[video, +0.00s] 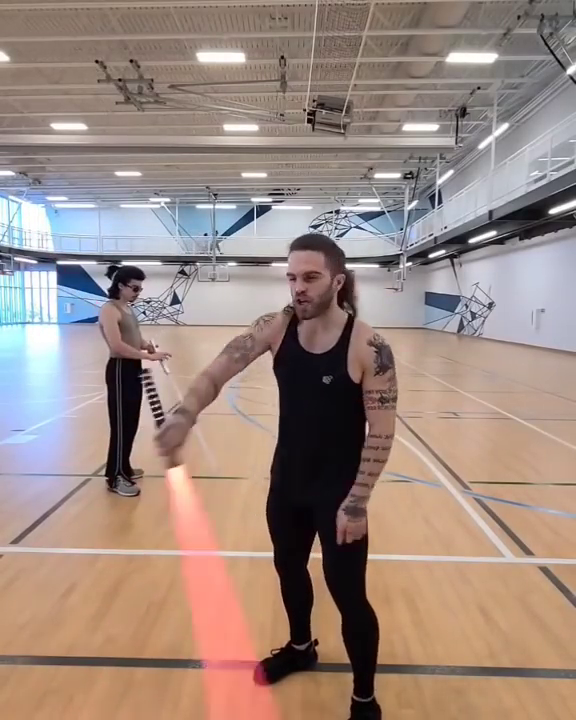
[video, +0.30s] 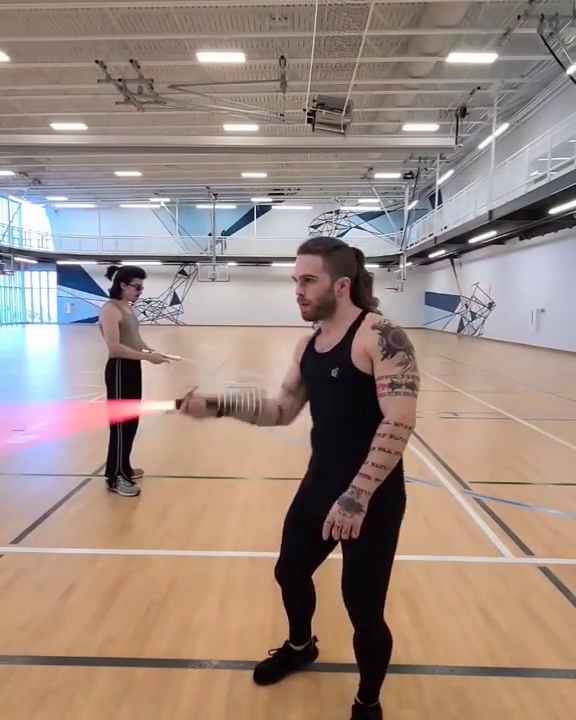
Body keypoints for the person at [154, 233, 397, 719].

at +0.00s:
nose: (298, 287)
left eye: (310, 278)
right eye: (292, 277)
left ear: (338, 280)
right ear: (287, 279)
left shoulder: (369, 347)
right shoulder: (277, 328)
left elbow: (381, 432)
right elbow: (217, 372)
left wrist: (357, 501)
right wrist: (184, 415)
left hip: (342, 487)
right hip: (289, 478)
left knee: (348, 595)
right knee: (290, 568)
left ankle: (363, 696)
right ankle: (301, 645)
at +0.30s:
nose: (298, 290)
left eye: (308, 281)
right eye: (296, 281)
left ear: (342, 285)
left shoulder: (383, 338)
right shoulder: (313, 344)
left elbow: (400, 423)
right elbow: (282, 409)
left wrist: (358, 494)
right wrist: (217, 405)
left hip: (374, 488)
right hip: (324, 480)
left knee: (363, 603)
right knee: (291, 570)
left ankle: (368, 702)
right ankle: (300, 644)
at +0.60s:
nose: (330, 273)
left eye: (344, 264)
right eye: (328, 264)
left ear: (377, 277)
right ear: (325, 269)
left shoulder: (410, 346)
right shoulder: (318, 335)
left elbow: (432, 438)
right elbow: (267, 373)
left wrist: (377, 504)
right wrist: (205, 381)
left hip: (380, 497)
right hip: (323, 484)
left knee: (368, 608)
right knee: (292, 568)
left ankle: (368, 700)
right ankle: (301, 642)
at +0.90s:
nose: (333, 270)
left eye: (347, 261)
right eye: (334, 261)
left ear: (382, 277)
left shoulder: (416, 349)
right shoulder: (320, 319)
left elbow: (405, 440)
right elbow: (260, 355)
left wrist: (335, 466)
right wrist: (228, 379)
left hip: (377, 487)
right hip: (318, 474)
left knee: (370, 602)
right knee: (294, 564)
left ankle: (367, 701)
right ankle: (298, 641)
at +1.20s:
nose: (321, 283)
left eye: (334, 274)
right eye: (320, 273)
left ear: (366, 281)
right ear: (320, 273)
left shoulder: (391, 333)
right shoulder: (331, 344)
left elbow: (404, 423)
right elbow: (293, 403)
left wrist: (349, 496)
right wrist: (241, 368)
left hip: (371, 496)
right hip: (321, 484)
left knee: (358, 611)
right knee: (285, 568)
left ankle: (367, 700)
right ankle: (298, 643)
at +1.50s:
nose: (361, 276)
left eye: (375, 264)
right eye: (352, 264)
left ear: (399, 273)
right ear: (342, 269)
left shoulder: (418, 354)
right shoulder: (306, 325)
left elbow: (424, 443)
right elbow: (241, 375)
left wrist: (364, 493)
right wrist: (199, 410)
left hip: (374, 494)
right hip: (311, 482)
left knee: (367, 606)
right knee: (286, 568)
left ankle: (366, 699)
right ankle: (298, 639)